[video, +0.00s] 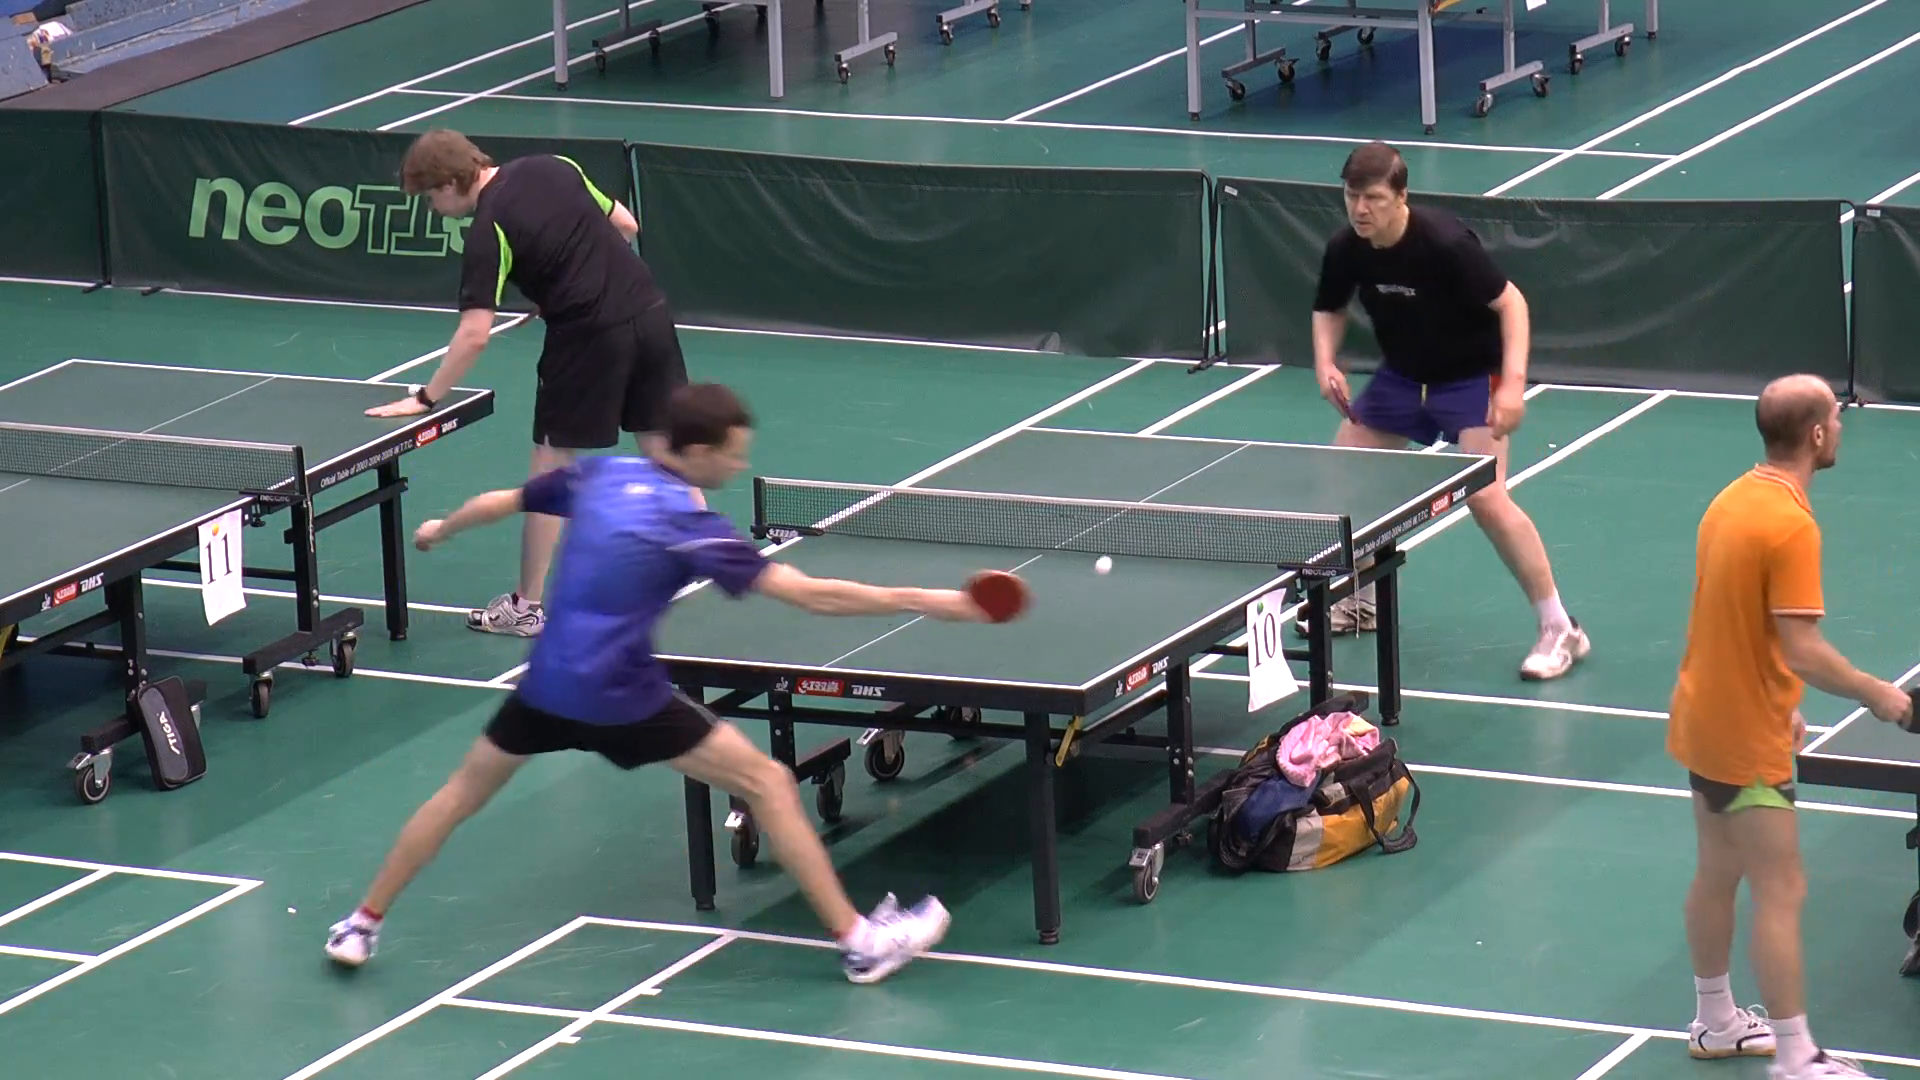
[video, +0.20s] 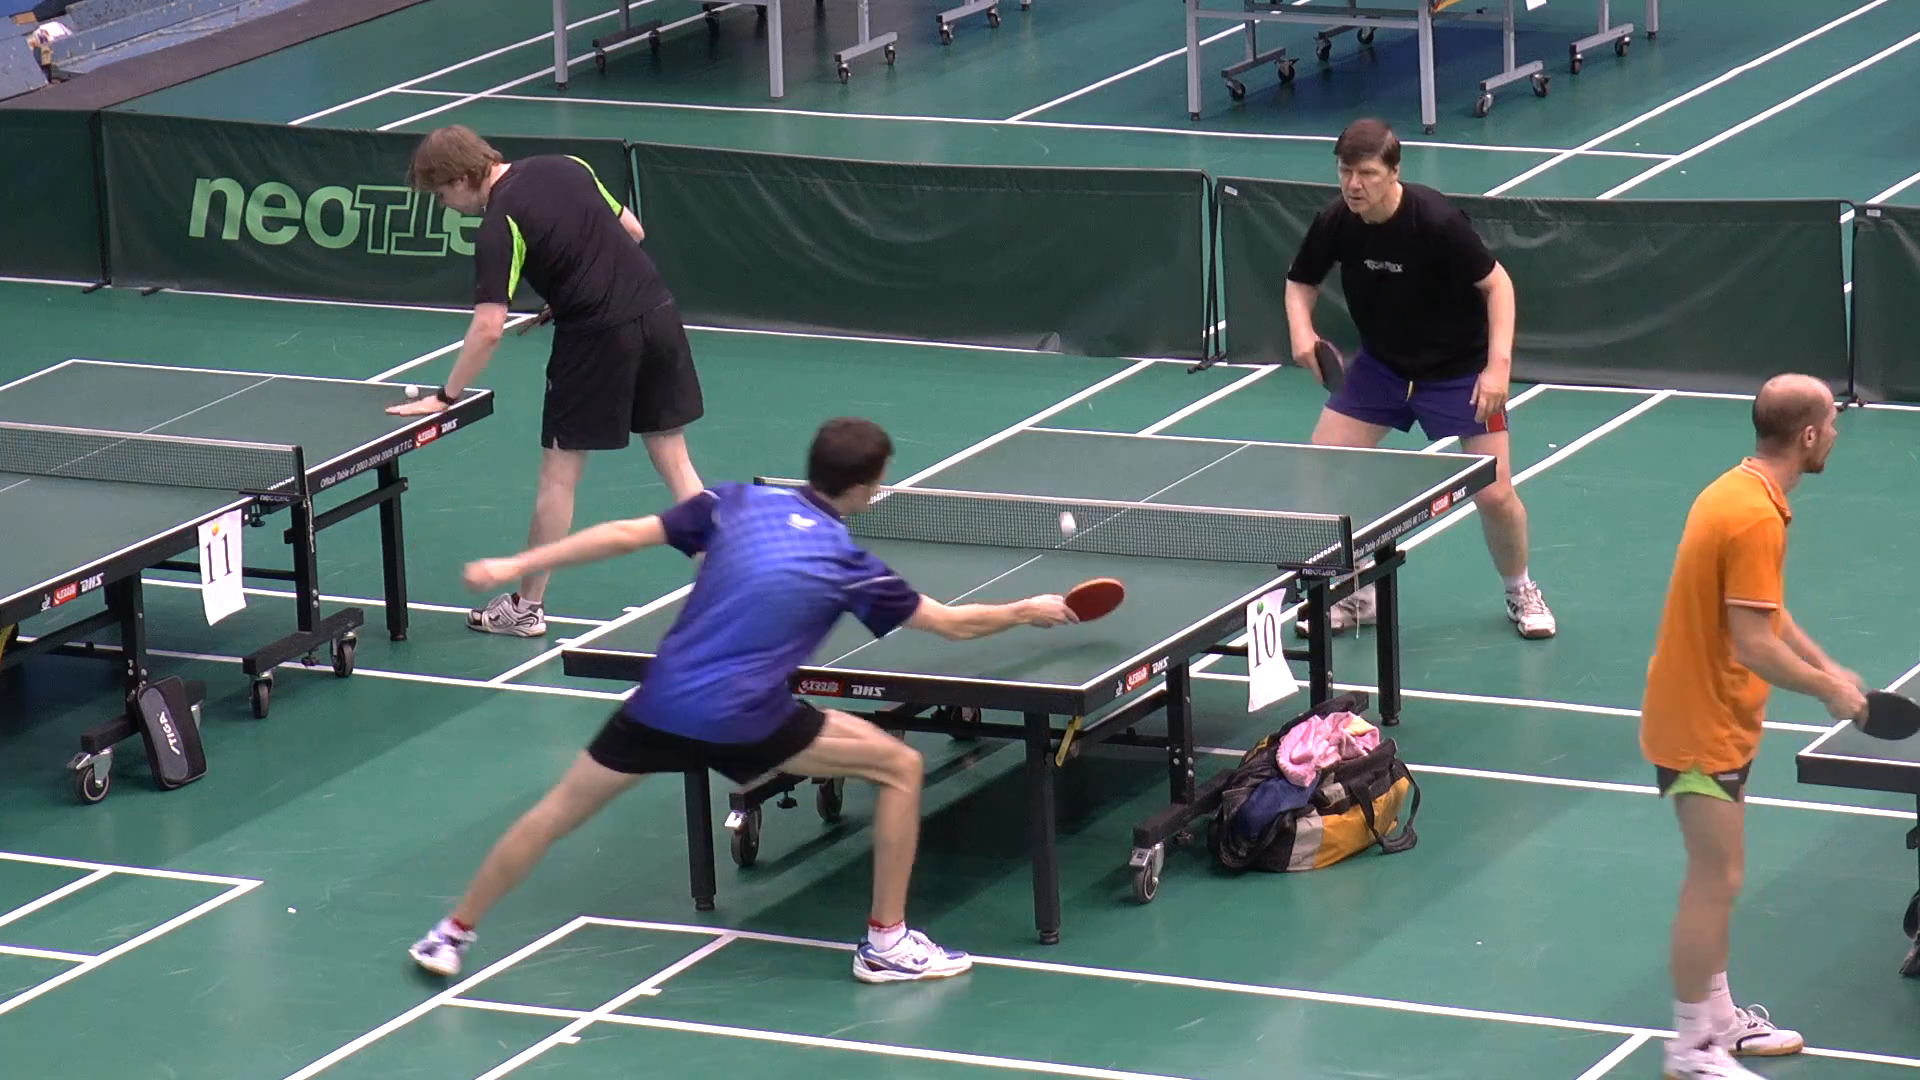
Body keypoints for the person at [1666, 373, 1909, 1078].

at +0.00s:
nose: (1839, 428)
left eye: (1837, 416)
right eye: (1836, 418)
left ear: (1770, 433)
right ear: (1818, 434)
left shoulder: (1731, 499)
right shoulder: (1790, 521)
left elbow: (1721, 627)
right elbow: (1800, 647)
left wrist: (1776, 706)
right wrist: (1877, 691)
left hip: (1702, 721)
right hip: (1746, 734)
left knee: (1716, 872)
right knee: (1780, 890)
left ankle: (1714, 1020)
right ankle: (1797, 1054)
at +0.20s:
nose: (1834, 431)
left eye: (1831, 420)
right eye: (1830, 421)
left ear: (1775, 430)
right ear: (1808, 434)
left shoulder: (1749, 496)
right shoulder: (1751, 514)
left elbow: (1774, 621)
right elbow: (1753, 646)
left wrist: (1833, 674)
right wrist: (1827, 688)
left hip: (1712, 715)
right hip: (1698, 725)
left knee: (1716, 870)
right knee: (1713, 879)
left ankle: (1717, 1016)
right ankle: (1692, 1044)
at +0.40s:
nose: (1823, 440)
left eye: (1821, 429)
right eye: (1818, 430)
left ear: (1772, 435)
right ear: (1791, 439)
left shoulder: (1756, 503)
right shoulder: (1717, 513)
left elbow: (1787, 587)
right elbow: (1693, 634)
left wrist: (1880, 608)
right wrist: (1775, 689)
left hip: (1709, 717)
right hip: (1660, 721)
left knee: (1704, 863)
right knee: (1643, 873)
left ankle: (1714, 1019)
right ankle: (1584, 1011)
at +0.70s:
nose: (1765, 456)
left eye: (1766, 443)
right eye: (1759, 444)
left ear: (1719, 445)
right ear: (1717, 445)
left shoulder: (1729, 513)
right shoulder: (1628, 515)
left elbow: (1789, 596)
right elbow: (1590, 627)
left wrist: (1876, 650)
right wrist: (1669, 688)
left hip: (1674, 716)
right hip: (1600, 717)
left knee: (1690, 860)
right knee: (1569, 858)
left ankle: (1713, 1019)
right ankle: (1532, 994)